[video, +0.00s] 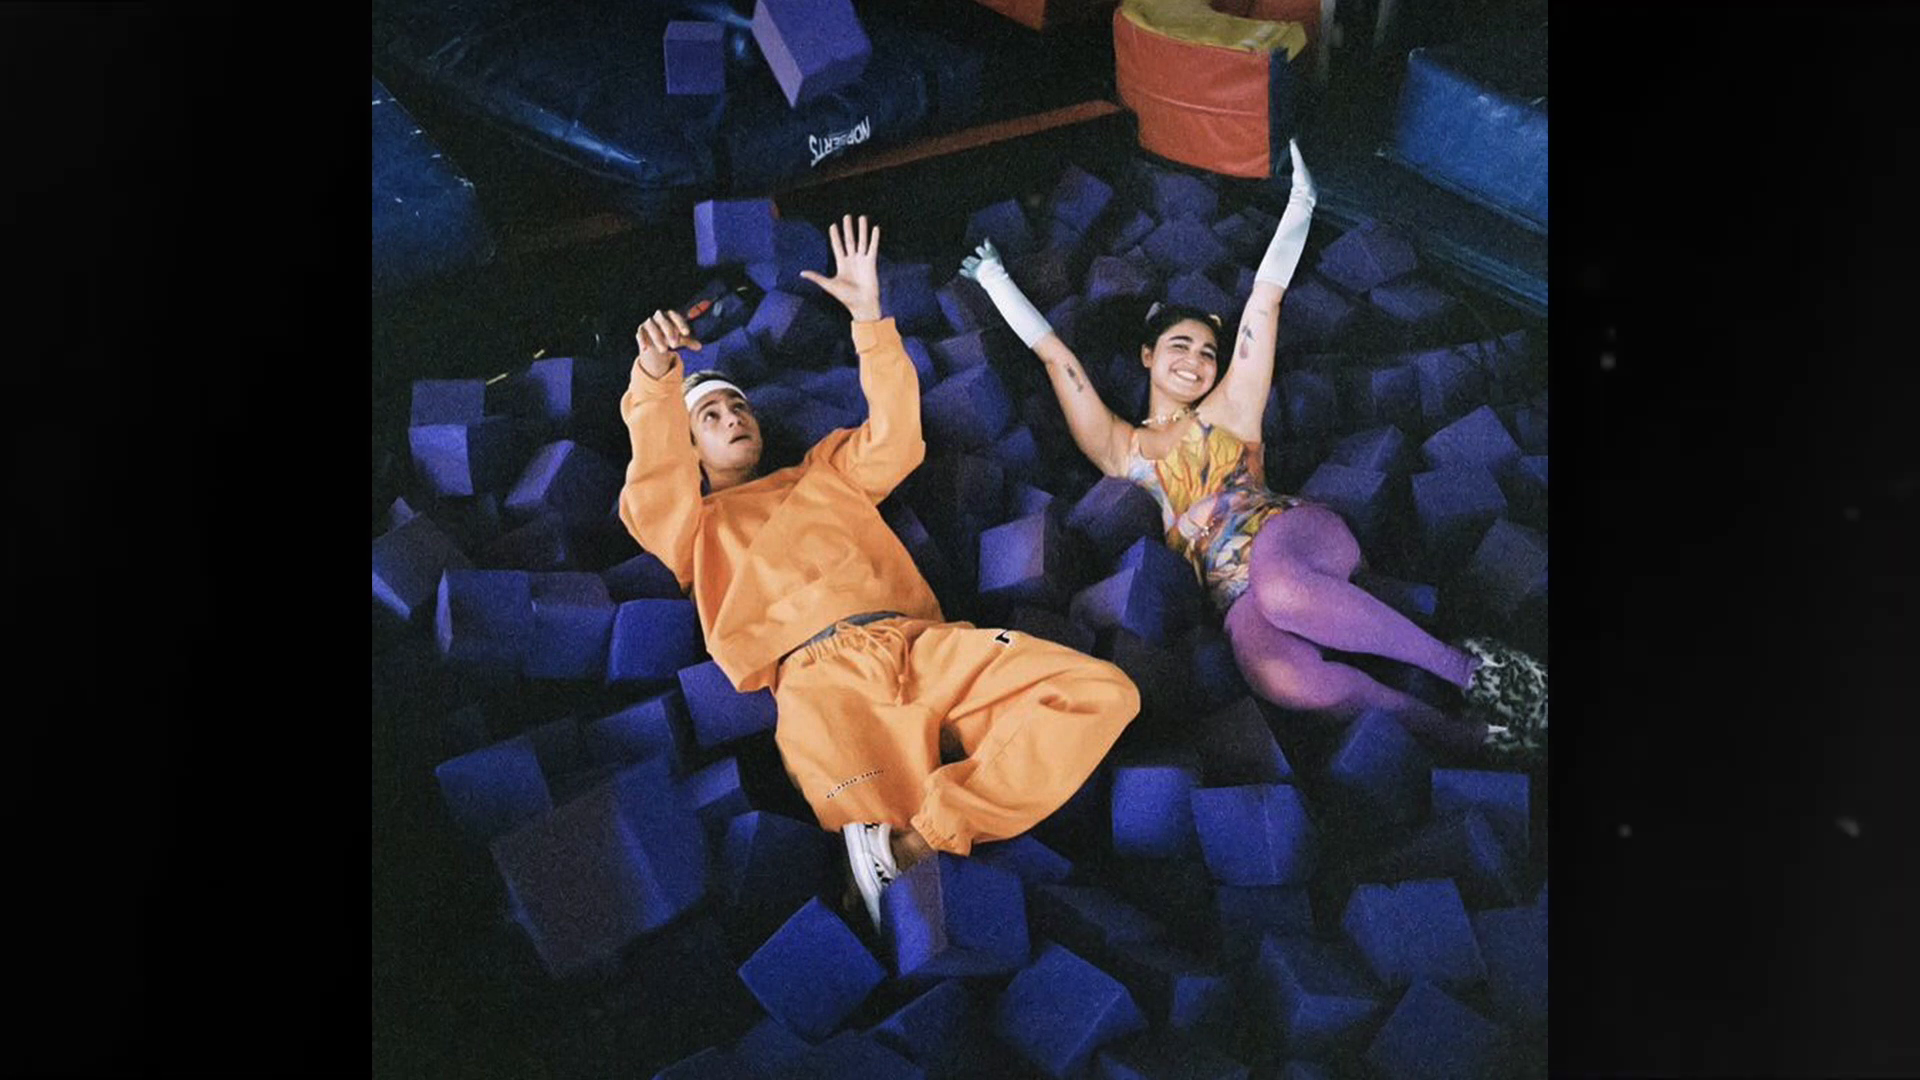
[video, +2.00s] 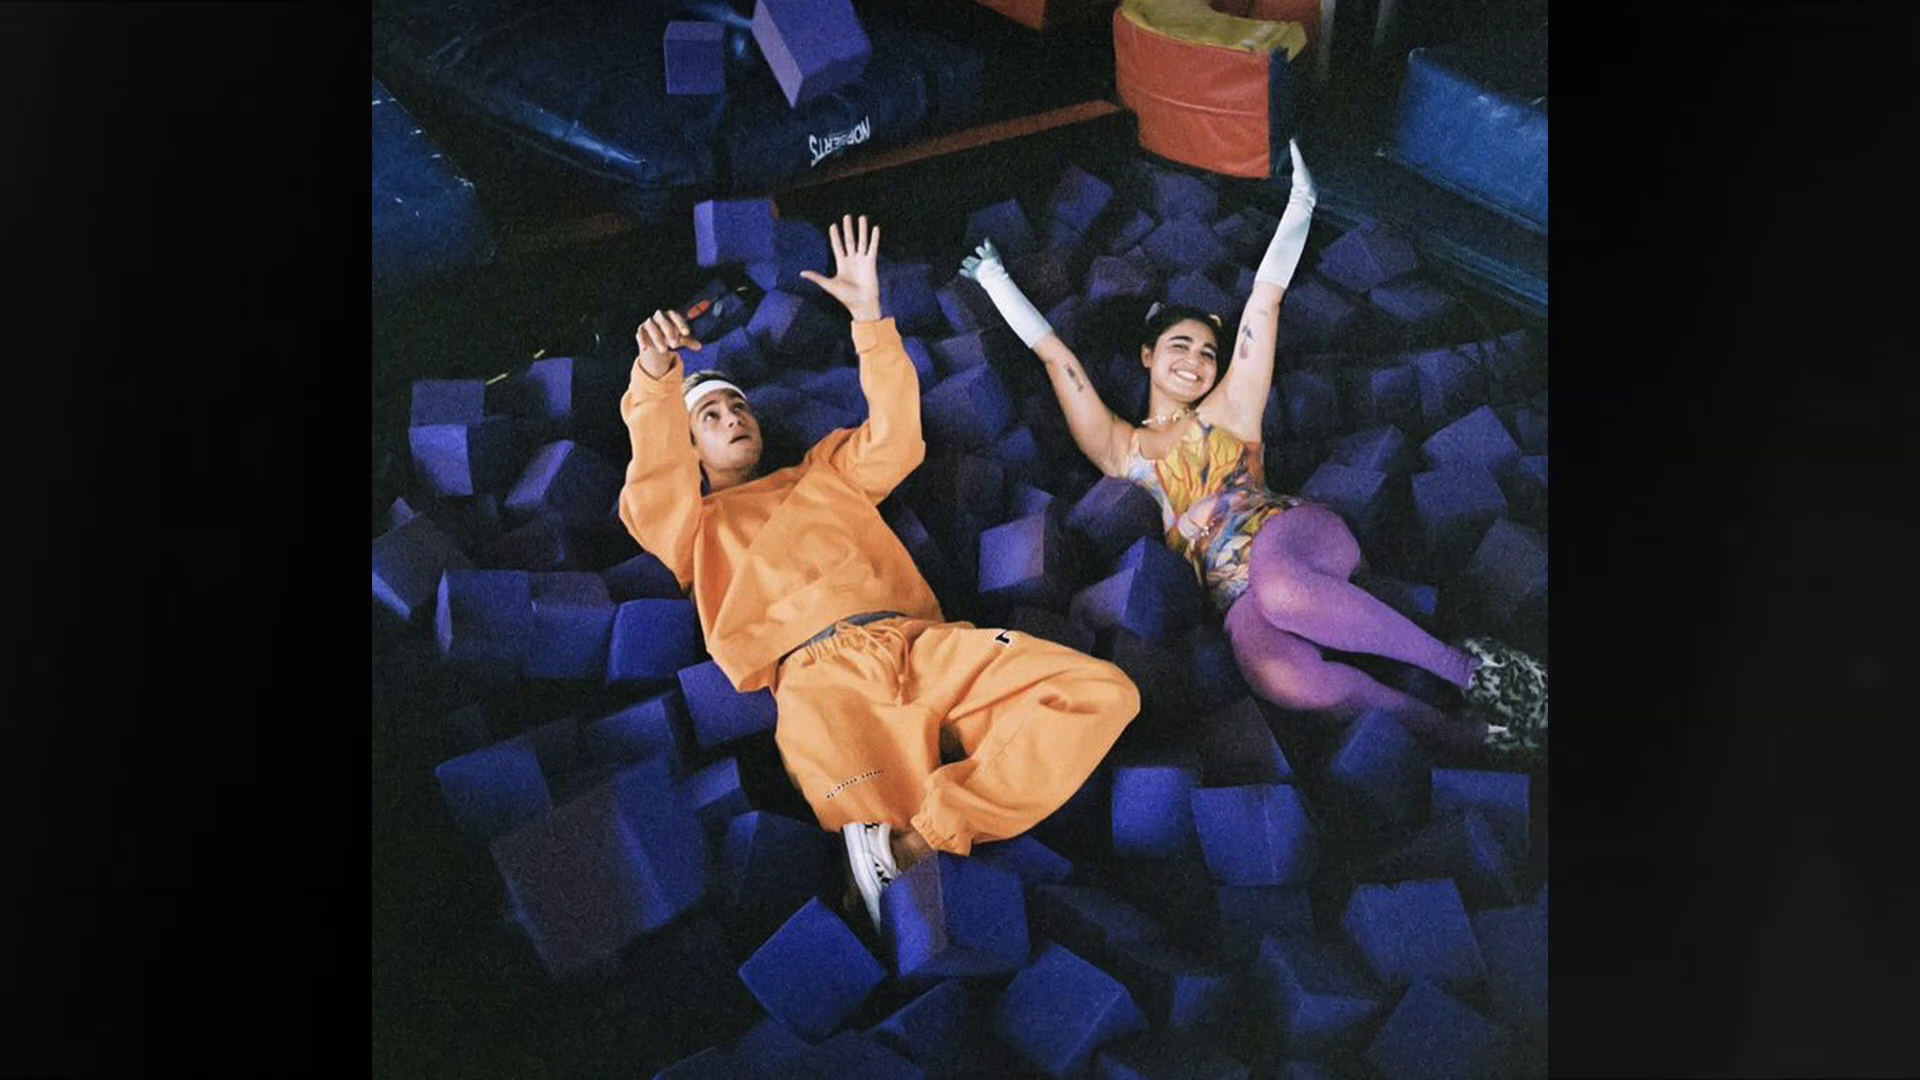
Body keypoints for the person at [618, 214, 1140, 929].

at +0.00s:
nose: (731, 418)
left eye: (738, 407)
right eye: (709, 415)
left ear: (760, 425)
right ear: (688, 449)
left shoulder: (827, 468)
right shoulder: (696, 525)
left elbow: (895, 436)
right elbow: (655, 477)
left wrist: (868, 317)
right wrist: (655, 373)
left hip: (918, 641)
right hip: (820, 673)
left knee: (1094, 692)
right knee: (883, 832)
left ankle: (916, 841)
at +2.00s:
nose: (731, 418)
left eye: (738, 406)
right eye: (709, 415)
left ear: (759, 424)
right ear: (687, 448)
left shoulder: (827, 468)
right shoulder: (695, 524)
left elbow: (895, 436)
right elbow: (654, 476)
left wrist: (868, 317)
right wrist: (655, 372)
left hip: (918, 640)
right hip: (820, 672)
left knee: (1094, 692)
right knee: (880, 828)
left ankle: (918, 840)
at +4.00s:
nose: (731, 418)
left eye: (738, 407)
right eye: (709, 415)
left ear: (760, 425)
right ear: (688, 448)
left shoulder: (827, 468)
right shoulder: (695, 525)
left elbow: (895, 436)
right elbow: (655, 476)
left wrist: (868, 317)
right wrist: (655, 373)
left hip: (918, 640)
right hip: (820, 672)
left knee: (1094, 692)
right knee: (882, 829)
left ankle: (917, 841)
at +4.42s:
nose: (731, 418)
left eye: (738, 407)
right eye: (709, 415)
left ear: (760, 425)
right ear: (688, 448)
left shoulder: (827, 468)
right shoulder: (695, 525)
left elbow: (895, 436)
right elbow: (654, 476)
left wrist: (868, 317)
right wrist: (655, 373)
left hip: (918, 640)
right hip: (820, 671)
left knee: (1094, 692)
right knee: (880, 827)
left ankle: (917, 841)